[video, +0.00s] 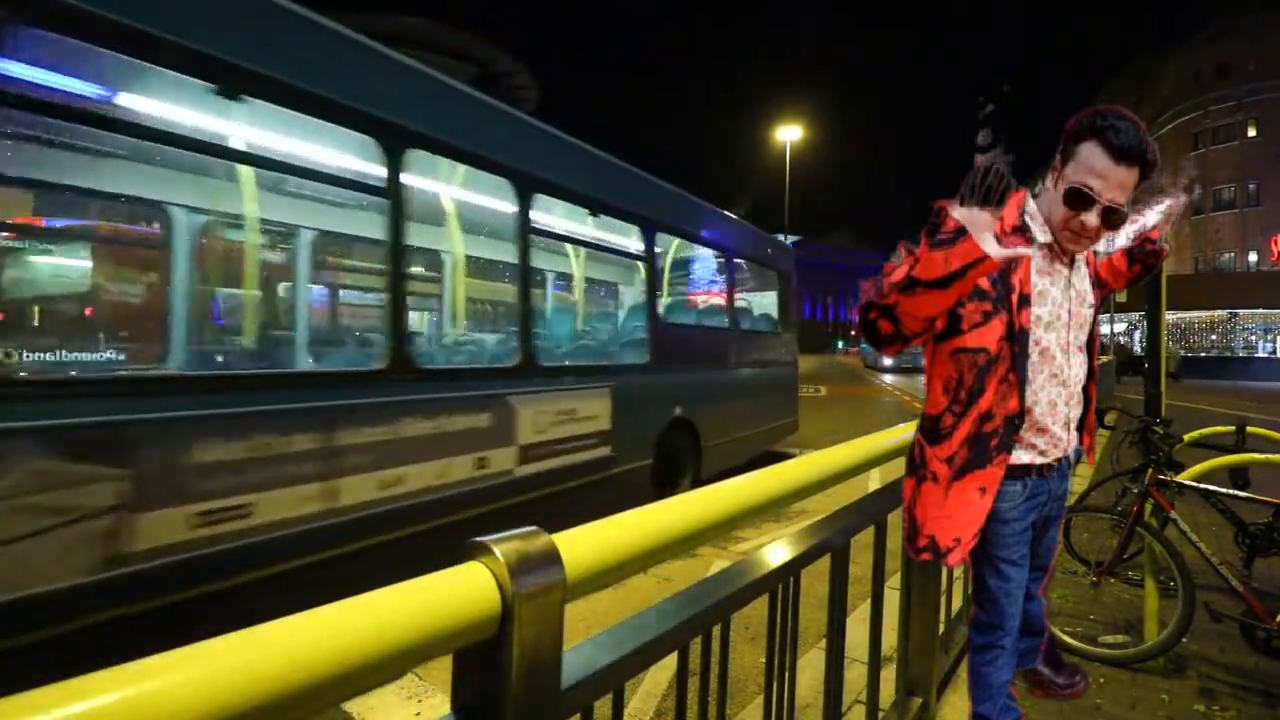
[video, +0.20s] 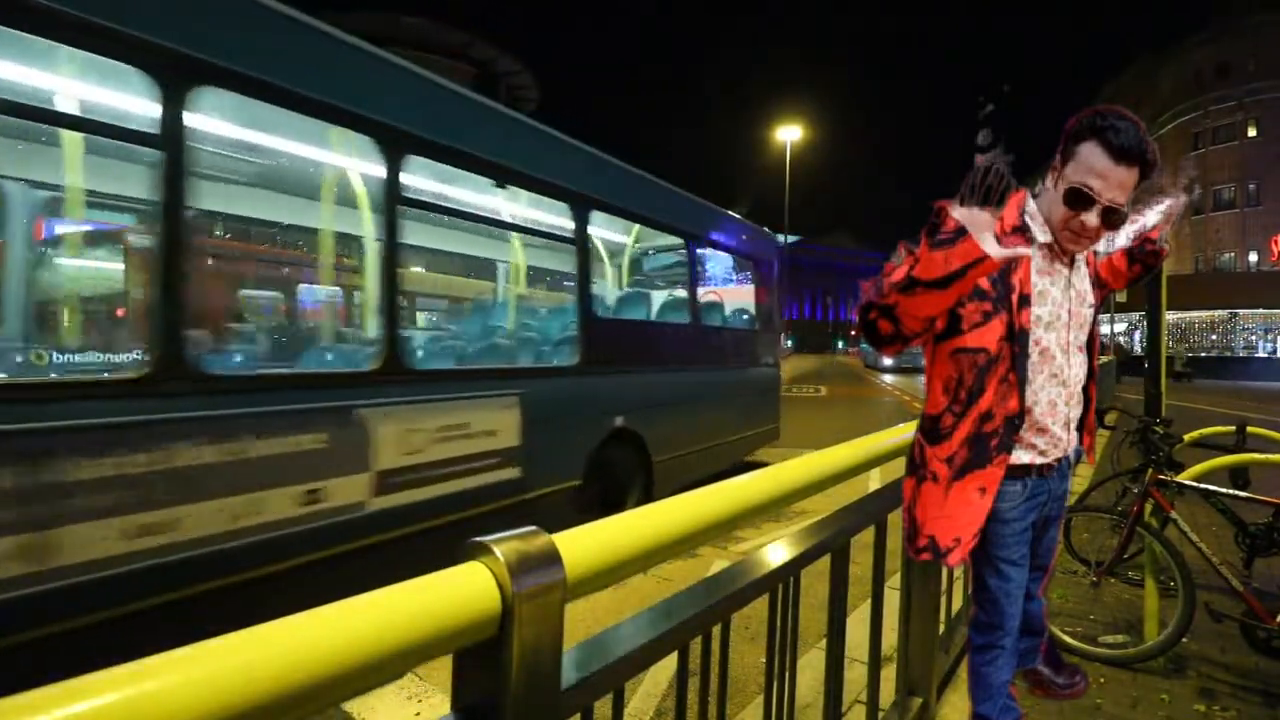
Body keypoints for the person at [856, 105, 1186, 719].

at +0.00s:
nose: (1089, 222)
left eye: (1110, 211)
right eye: (1079, 197)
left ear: (1123, 211)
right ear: (1052, 172)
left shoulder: (1085, 264)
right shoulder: (984, 243)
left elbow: (1117, 270)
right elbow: (883, 327)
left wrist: (1151, 242)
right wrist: (962, 246)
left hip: (1058, 468)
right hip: (1000, 475)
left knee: (1035, 581)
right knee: (1000, 611)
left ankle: (1028, 659)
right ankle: (994, 709)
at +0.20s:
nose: (1089, 222)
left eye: (1109, 211)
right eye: (1079, 197)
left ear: (1123, 211)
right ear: (1052, 171)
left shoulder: (1085, 265)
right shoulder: (984, 243)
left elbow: (1118, 269)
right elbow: (883, 327)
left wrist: (1151, 241)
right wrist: (962, 246)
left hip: (1057, 468)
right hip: (1000, 475)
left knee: (1035, 581)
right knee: (1000, 611)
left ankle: (1028, 659)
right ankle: (994, 709)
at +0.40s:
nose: (1089, 222)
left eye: (1109, 211)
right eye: (1079, 197)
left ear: (1123, 211)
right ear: (1052, 171)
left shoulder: (1085, 264)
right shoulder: (984, 242)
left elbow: (1118, 269)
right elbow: (883, 327)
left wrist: (1151, 241)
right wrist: (962, 246)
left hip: (1057, 467)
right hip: (1000, 475)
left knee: (1035, 581)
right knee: (1000, 611)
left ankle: (1028, 659)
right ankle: (994, 709)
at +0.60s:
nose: (1089, 222)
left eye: (1109, 211)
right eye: (1079, 197)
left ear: (1123, 211)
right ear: (1052, 171)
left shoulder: (1085, 265)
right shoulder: (984, 243)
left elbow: (1118, 269)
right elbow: (883, 327)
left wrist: (1151, 241)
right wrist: (962, 246)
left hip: (1057, 467)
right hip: (1000, 475)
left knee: (1034, 581)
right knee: (1000, 611)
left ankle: (1028, 659)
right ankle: (994, 709)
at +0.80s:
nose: (1089, 223)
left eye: (1110, 212)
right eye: (1080, 198)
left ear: (1123, 212)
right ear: (1051, 172)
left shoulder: (1085, 265)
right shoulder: (985, 243)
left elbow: (1118, 269)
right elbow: (883, 326)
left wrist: (1151, 238)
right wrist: (962, 244)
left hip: (1058, 467)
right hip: (1000, 475)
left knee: (1035, 581)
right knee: (1000, 614)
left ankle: (1028, 658)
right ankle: (993, 710)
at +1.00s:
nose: (1090, 223)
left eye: (1110, 212)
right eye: (1080, 198)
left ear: (1123, 211)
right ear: (1051, 172)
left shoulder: (1084, 264)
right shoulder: (984, 243)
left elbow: (1116, 270)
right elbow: (883, 327)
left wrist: (1150, 239)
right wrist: (962, 245)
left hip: (1058, 466)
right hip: (1000, 475)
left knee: (1035, 580)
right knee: (1000, 612)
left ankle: (1027, 658)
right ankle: (993, 709)